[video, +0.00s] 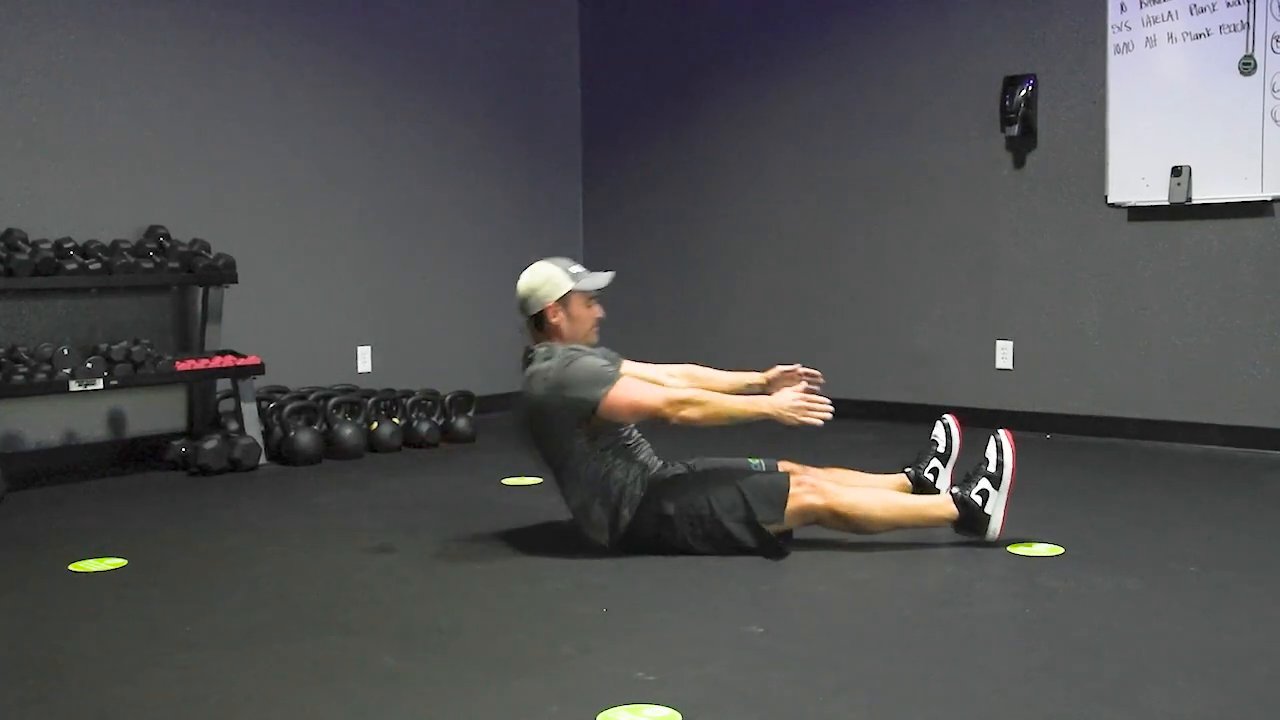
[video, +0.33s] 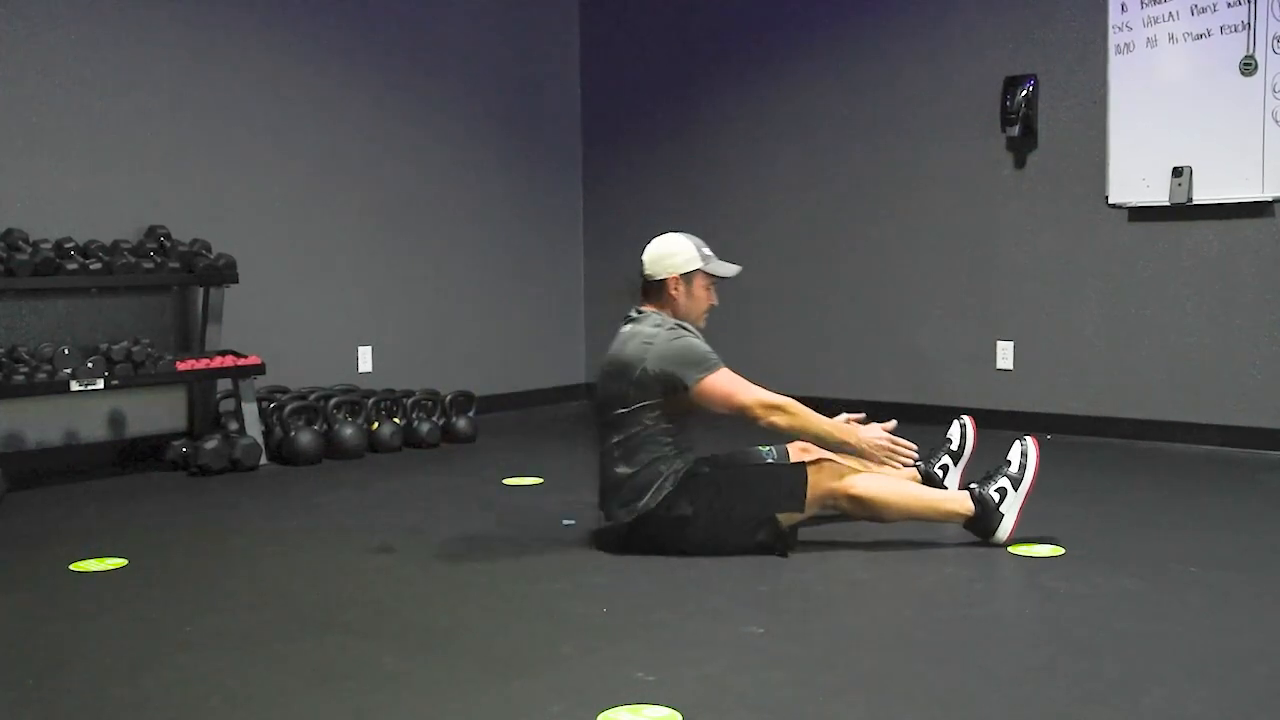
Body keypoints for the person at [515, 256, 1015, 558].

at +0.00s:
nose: (596, 307)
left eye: (591, 297)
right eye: (584, 300)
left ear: (557, 314)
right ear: (553, 315)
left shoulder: (580, 358)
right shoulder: (564, 374)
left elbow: (675, 378)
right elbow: (672, 408)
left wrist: (760, 380)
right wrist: (768, 409)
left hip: (646, 487)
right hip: (633, 511)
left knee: (796, 473)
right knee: (805, 496)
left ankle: (918, 480)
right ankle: (966, 511)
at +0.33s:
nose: (712, 295)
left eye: (712, 284)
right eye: (707, 283)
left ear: (665, 286)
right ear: (676, 284)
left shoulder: (644, 335)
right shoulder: (668, 343)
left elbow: (752, 405)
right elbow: (764, 409)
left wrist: (829, 425)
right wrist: (851, 443)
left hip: (651, 494)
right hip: (658, 506)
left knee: (806, 455)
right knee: (836, 480)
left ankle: (929, 480)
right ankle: (981, 510)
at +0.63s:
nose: (687, 292)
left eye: (683, 281)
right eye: (678, 282)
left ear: (644, 290)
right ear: (649, 289)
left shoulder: (625, 342)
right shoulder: (643, 349)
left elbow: (734, 397)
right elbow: (747, 402)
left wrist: (813, 407)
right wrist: (846, 418)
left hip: (661, 491)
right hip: (661, 509)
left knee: (810, 458)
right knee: (833, 479)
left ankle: (928, 479)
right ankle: (985, 509)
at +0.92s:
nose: (553, 323)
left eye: (546, 314)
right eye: (538, 317)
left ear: (521, 336)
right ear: (511, 340)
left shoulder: (541, 382)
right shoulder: (533, 401)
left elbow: (636, 383)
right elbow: (643, 403)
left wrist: (699, 328)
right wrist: (711, 333)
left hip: (648, 484)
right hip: (640, 508)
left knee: (790, 470)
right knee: (805, 494)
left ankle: (916, 477)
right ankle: (967, 512)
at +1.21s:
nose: (448, 424)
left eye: (439, 418)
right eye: (432, 427)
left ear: (438, 435)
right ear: (420, 455)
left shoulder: (467, 467)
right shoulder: (460, 489)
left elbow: (531, 411)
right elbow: (529, 413)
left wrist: (493, 341)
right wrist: (482, 342)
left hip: (622, 484)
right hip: (622, 506)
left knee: (769, 470)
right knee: (787, 494)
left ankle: (897, 484)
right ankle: (945, 516)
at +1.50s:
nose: (397, 474)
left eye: (389, 466)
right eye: (392, 469)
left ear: (392, 492)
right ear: (393, 502)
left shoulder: (448, 493)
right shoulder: (438, 519)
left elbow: (405, 425)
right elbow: (394, 425)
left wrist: (346, 482)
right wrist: (340, 491)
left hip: (626, 484)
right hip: (624, 510)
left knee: (769, 474)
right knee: (785, 492)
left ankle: (898, 488)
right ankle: (943, 514)